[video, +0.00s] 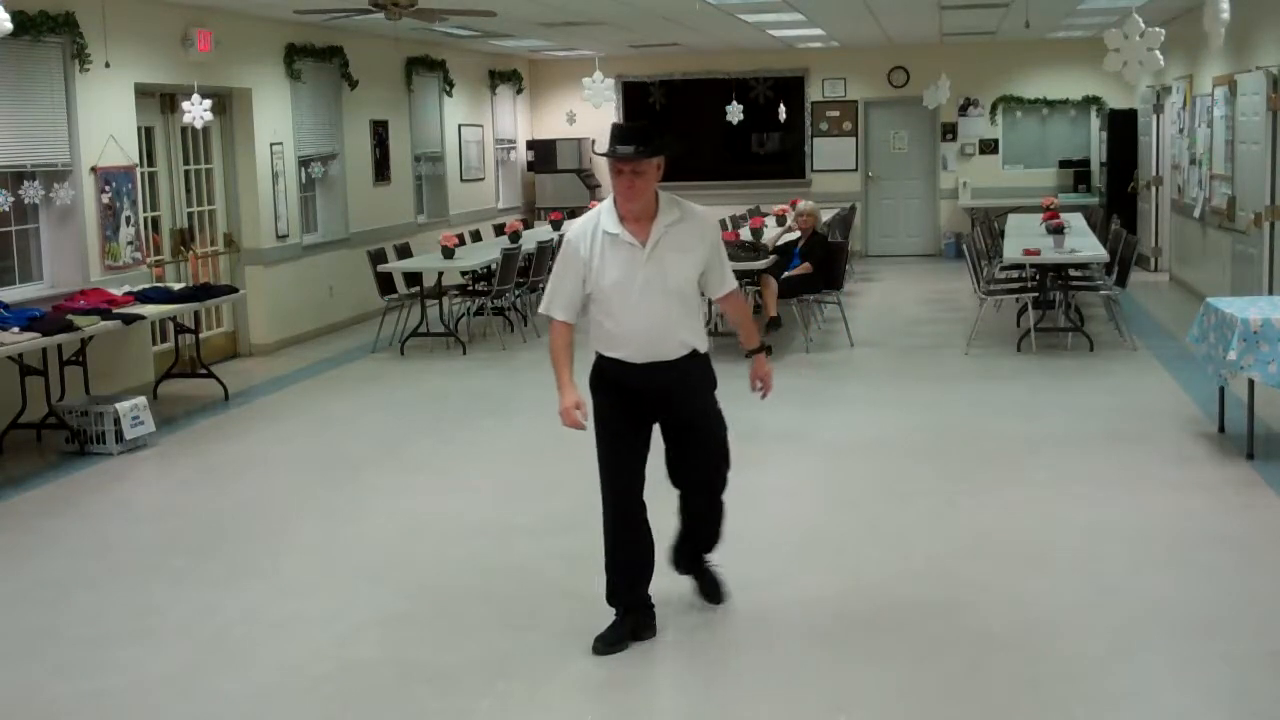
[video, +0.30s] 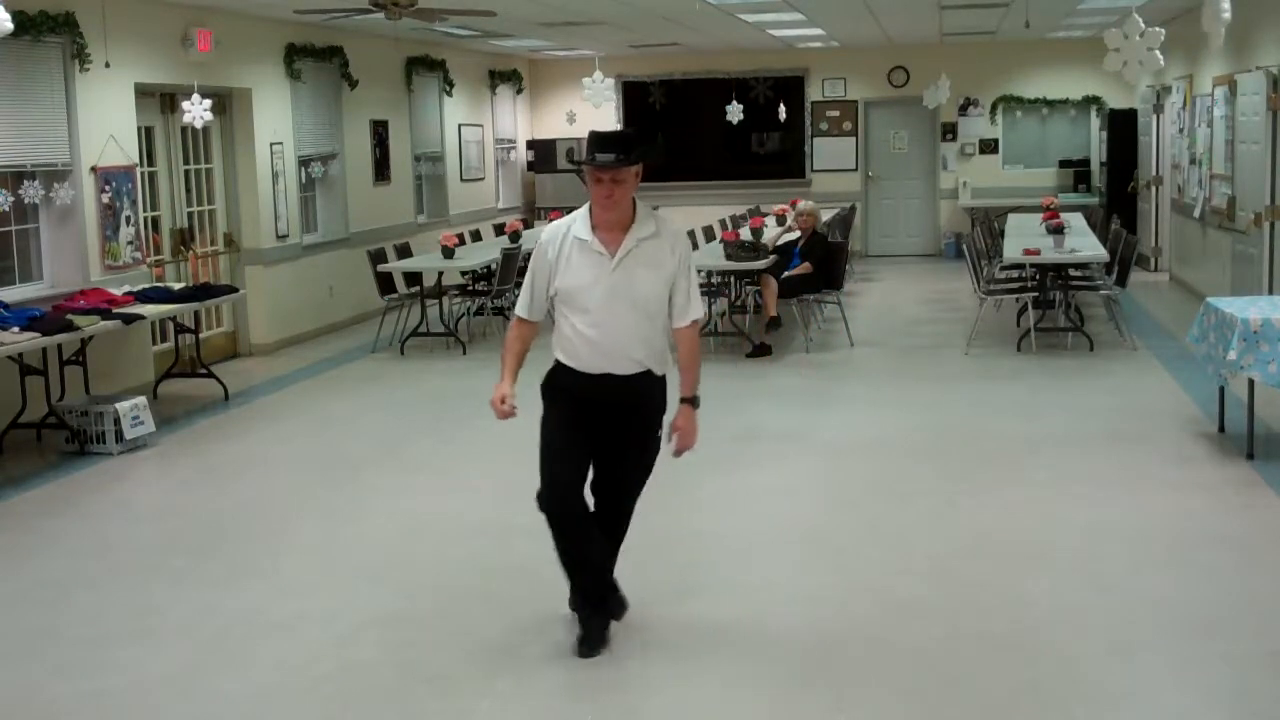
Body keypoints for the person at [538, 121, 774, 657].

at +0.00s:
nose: (625, 180)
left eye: (636, 170)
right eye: (618, 170)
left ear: (659, 169)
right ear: (607, 171)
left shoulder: (698, 225)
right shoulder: (583, 234)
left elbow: (727, 293)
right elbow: (561, 317)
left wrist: (757, 350)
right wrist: (565, 386)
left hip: (686, 374)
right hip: (618, 378)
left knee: (707, 475)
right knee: (620, 499)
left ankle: (692, 556)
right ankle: (632, 610)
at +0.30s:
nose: (605, 188)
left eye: (616, 177)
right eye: (596, 177)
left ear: (638, 176)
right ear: (584, 178)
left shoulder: (670, 240)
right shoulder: (555, 239)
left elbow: (686, 326)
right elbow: (526, 316)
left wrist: (689, 403)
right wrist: (507, 377)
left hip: (639, 391)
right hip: (571, 388)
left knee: (616, 502)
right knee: (557, 494)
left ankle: (599, 582)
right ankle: (591, 605)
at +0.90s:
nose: (628, 165)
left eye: (639, 156)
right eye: (616, 155)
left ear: (655, 166)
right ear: (597, 164)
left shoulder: (677, 242)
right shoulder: (575, 229)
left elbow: (675, 343)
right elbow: (560, 306)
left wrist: (651, 423)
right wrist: (533, 359)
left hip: (648, 398)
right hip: (584, 392)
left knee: (657, 540)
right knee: (577, 516)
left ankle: (659, 667)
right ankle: (586, 620)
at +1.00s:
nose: (637, 162)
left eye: (649, 153)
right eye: (626, 152)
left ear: (665, 164)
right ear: (606, 161)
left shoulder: (686, 240)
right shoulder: (586, 226)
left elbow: (698, 341)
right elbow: (577, 303)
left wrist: (692, 429)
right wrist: (553, 364)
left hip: (660, 400)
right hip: (595, 395)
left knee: (660, 538)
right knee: (589, 511)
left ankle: (661, 665)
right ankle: (639, 605)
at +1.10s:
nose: (642, 162)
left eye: (653, 152)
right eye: (631, 152)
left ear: (672, 161)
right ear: (614, 163)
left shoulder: (699, 240)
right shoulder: (595, 228)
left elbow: (728, 338)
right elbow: (584, 310)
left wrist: (736, 428)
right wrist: (567, 374)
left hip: (671, 401)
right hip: (607, 396)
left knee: (664, 536)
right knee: (619, 523)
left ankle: (658, 665)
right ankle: (704, 599)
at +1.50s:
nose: (660, 155)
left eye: (670, 145)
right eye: (647, 147)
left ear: (687, 157)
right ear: (626, 161)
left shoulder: (731, 229)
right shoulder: (600, 239)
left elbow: (774, 311)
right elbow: (587, 333)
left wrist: (795, 385)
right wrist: (573, 410)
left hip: (716, 407)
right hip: (639, 411)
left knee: (717, 552)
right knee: (648, 540)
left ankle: (705, 686)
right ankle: (707, 612)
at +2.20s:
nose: (636, 161)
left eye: (647, 147)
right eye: (623, 153)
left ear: (674, 154)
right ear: (612, 169)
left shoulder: (735, 239)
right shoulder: (596, 255)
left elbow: (773, 327)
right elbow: (574, 357)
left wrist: (794, 410)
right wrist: (573, 440)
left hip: (718, 431)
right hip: (632, 435)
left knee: (730, 574)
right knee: (632, 589)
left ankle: (735, 674)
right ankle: (644, 712)